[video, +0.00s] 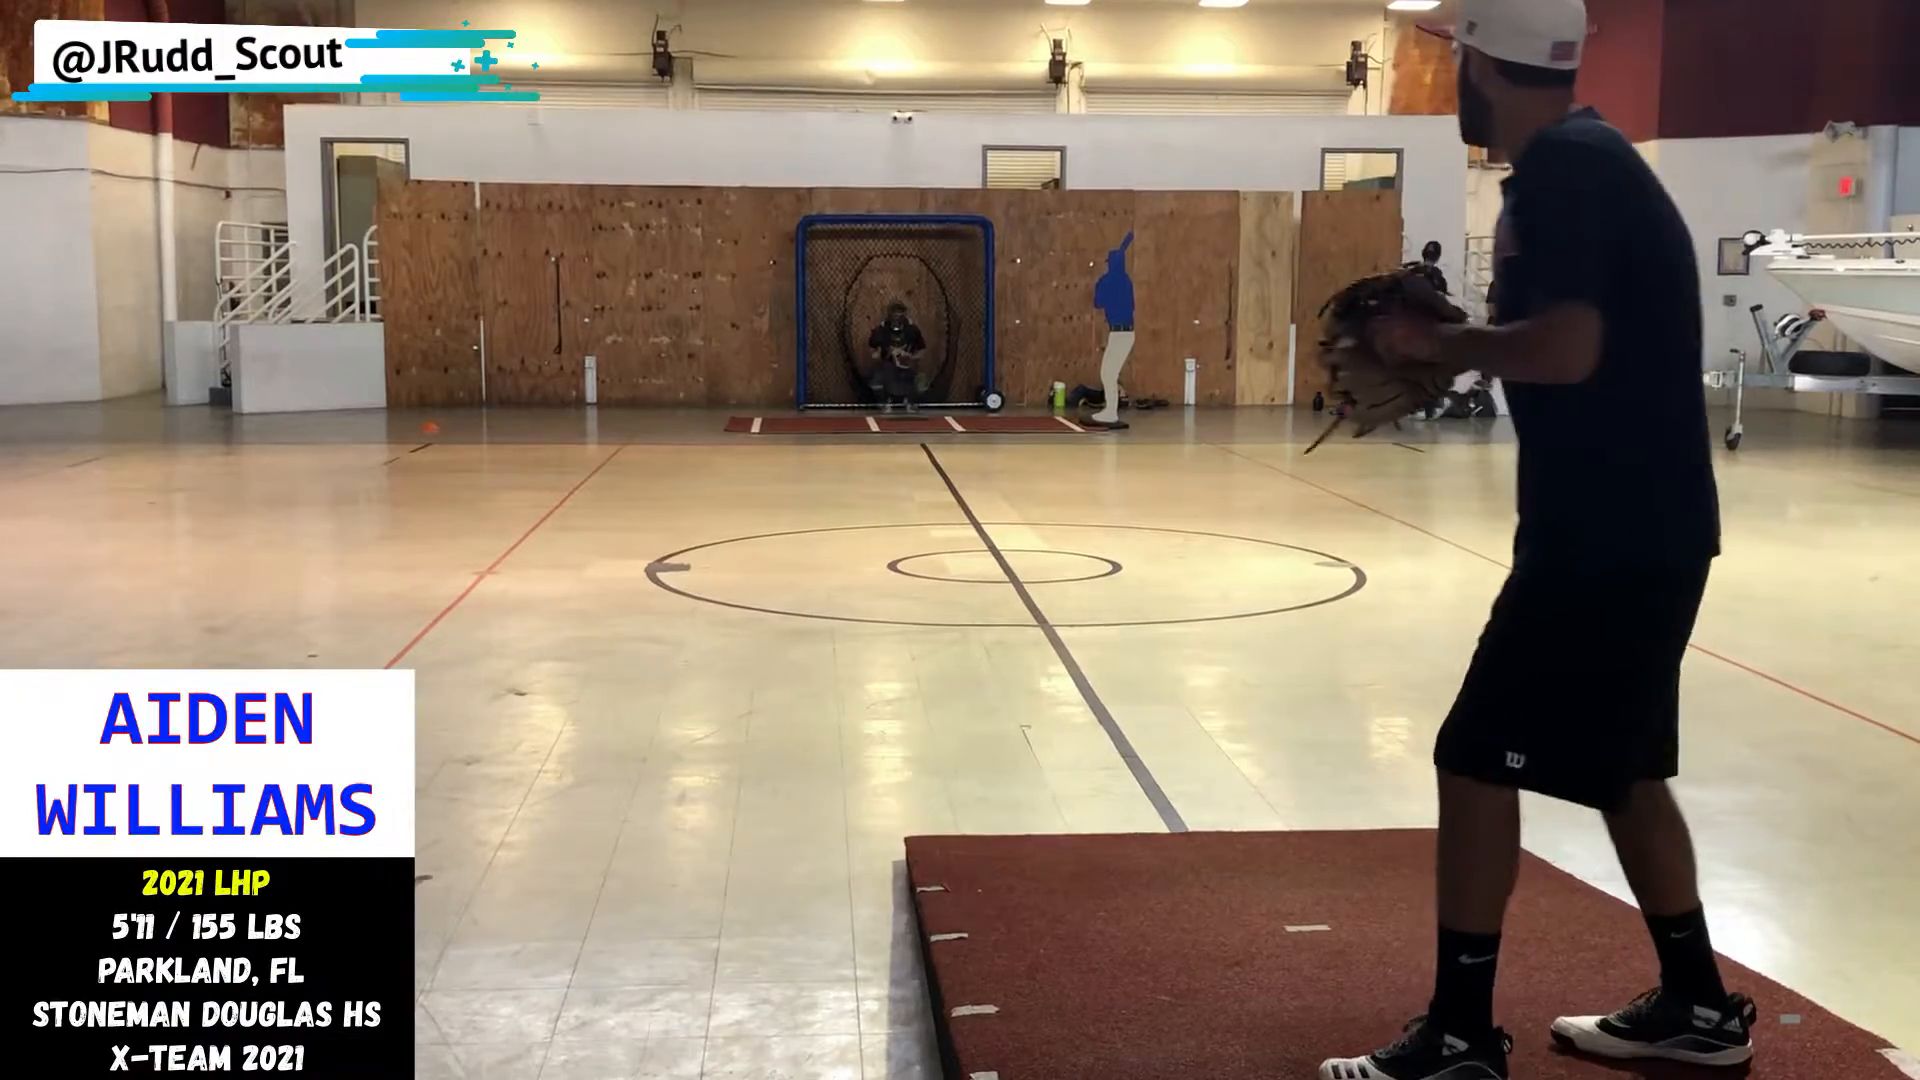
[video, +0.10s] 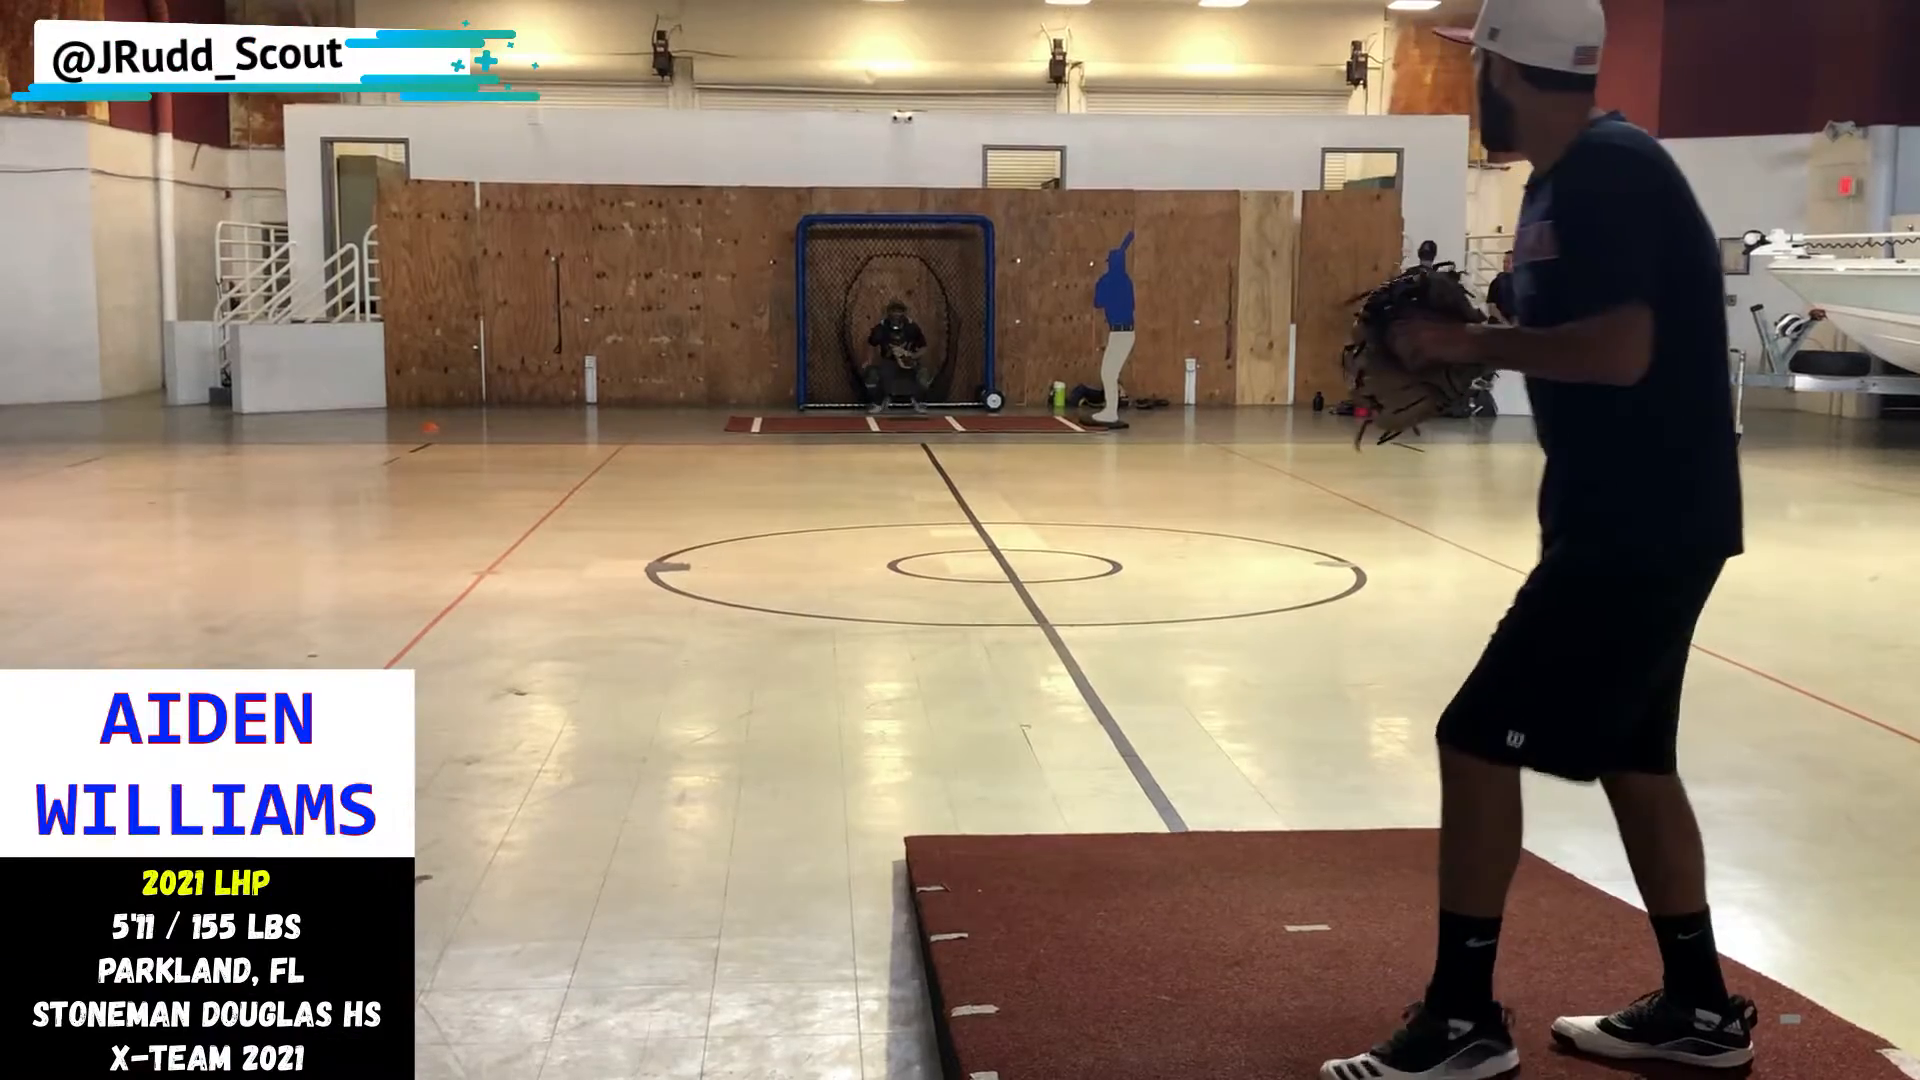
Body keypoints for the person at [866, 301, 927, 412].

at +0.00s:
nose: (898, 318)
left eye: (901, 315)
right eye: (895, 315)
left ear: (904, 315)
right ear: (889, 315)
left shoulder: (912, 330)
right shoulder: (880, 331)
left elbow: (922, 350)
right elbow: (874, 352)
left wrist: (910, 356)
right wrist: (887, 353)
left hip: (906, 365)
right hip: (888, 366)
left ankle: (909, 400)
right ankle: (887, 402)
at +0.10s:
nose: (897, 319)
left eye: (900, 315)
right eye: (894, 315)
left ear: (904, 314)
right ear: (888, 314)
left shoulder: (912, 327)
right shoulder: (880, 329)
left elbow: (923, 348)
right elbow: (871, 346)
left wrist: (913, 356)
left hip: (908, 361)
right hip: (889, 362)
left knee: (920, 372)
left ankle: (916, 400)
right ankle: (884, 400)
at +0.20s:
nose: (896, 326)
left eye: (899, 323)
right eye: (893, 323)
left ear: (904, 321)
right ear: (888, 321)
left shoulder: (912, 333)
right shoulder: (881, 333)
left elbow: (925, 355)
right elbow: (870, 353)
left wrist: (911, 360)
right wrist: (869, 372)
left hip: (909, 368)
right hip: (889, 369)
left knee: (924, 376)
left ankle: (923, 402)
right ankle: (881, 403)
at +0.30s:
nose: (896, 336)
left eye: (899, 332)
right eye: (893, 332)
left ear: (905, 331)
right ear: (888, 332)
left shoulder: (911, 343)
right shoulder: (881, 344)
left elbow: (929, 361)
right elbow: (869, 365)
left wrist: (911, 366)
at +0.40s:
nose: (896, 344)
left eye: (899, 340)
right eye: (893, 340)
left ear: (904, 340)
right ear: (888, 340)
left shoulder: (911, 351)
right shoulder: (881, 352)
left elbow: (931, 365)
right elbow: (873, 370)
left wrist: (913, 371)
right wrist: (892, 371)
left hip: (911, 387)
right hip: (889, 387)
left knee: (922, 381)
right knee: (871, 380)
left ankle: (924, 405)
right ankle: (881, 405)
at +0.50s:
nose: (896, 347)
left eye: (900, 343)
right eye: (894, 343)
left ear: (906, 342)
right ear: (889, 342)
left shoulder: (913, 354)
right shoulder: (882, 355)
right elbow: (873, 372)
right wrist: (891, 373)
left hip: (910, 389)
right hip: (889, 388)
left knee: (921, 382)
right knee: (872, 381)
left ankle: (925, 404)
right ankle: (881, 404)